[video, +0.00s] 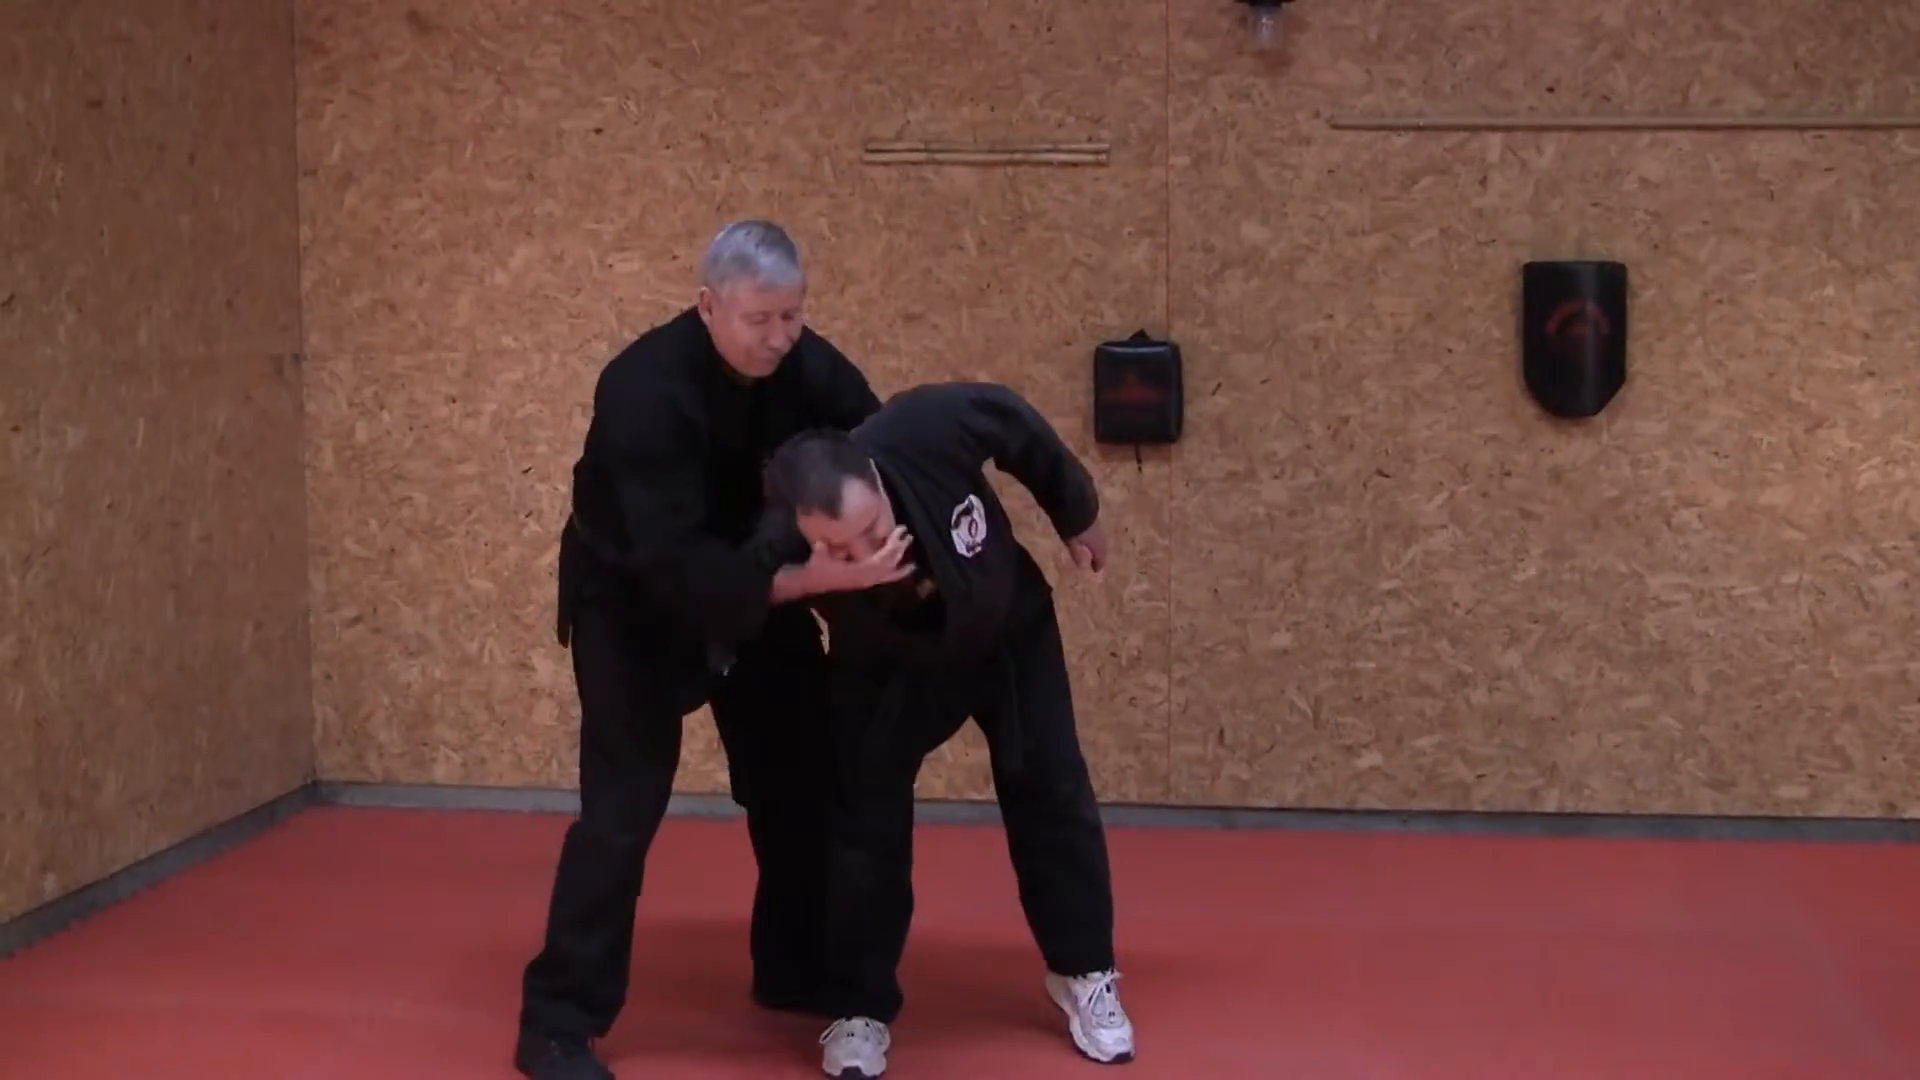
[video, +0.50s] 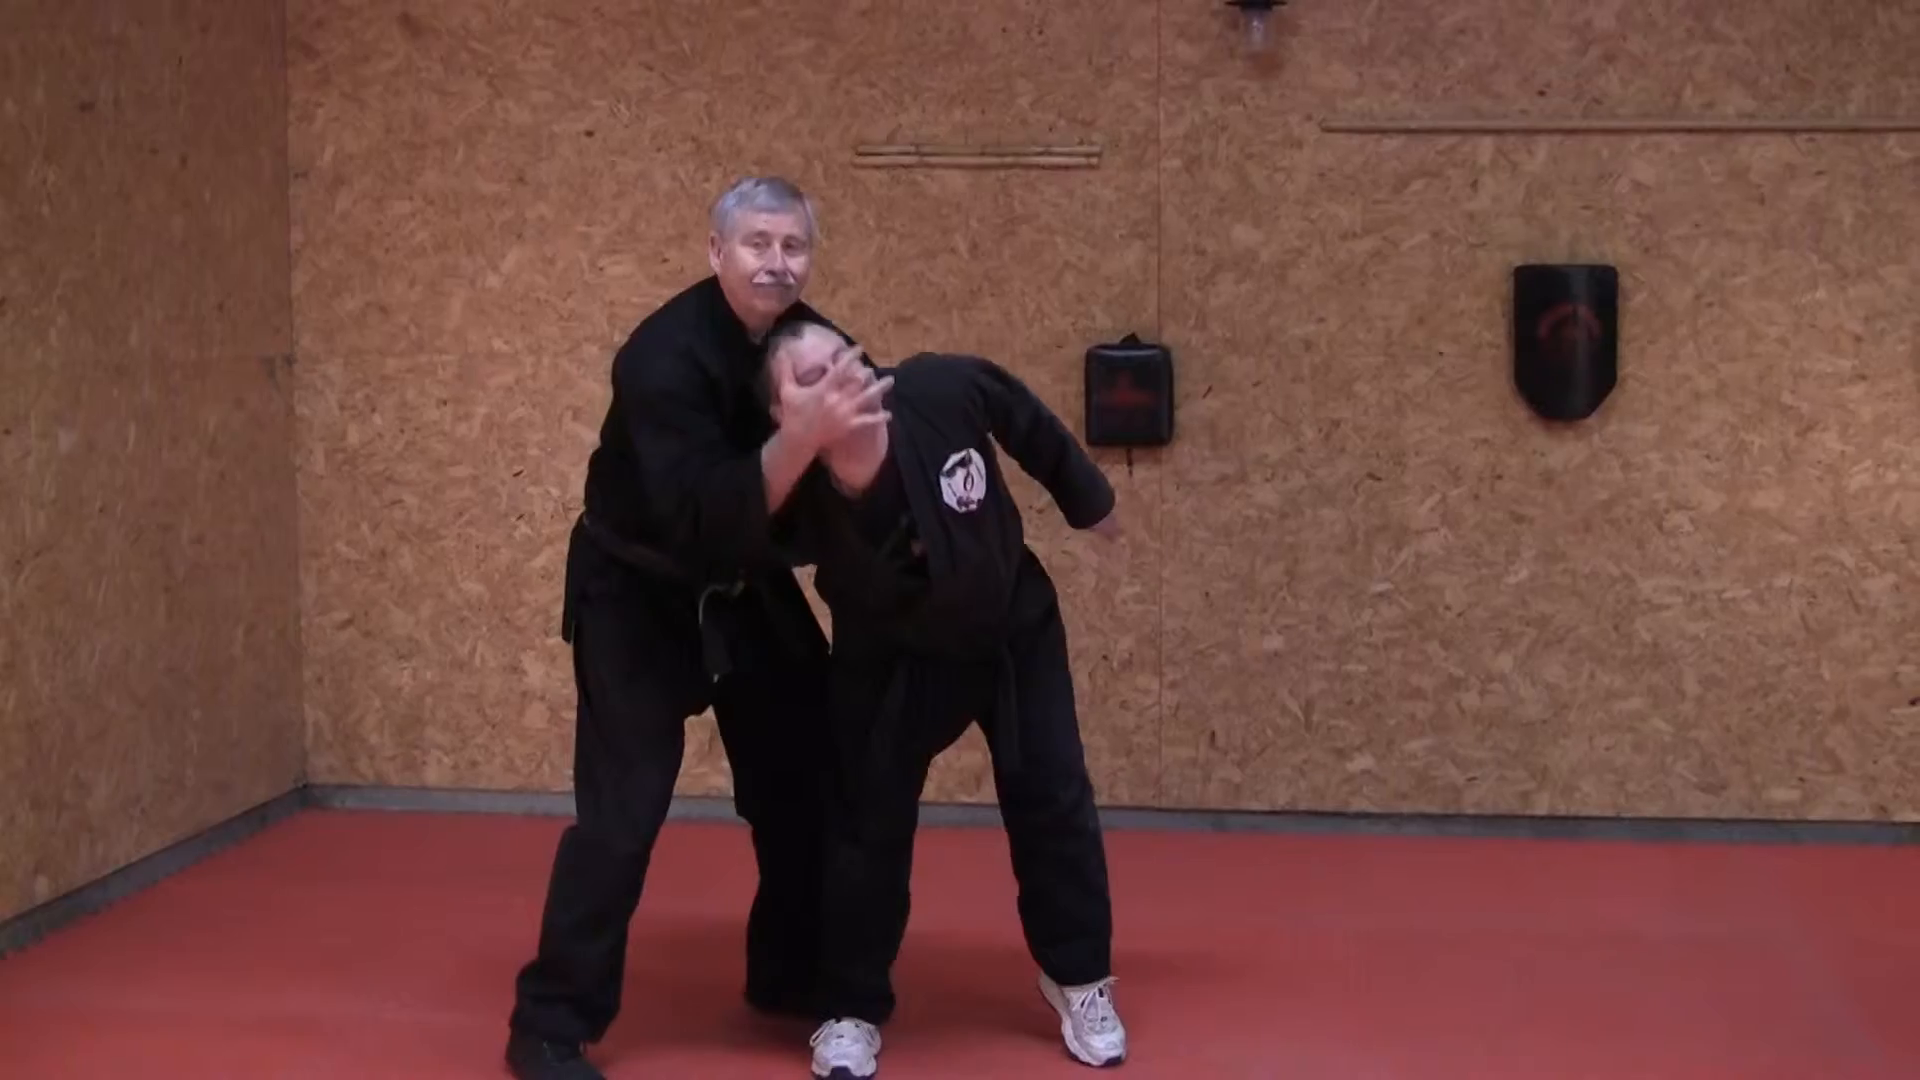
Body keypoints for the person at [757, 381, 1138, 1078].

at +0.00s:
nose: (866, 559)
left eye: (875, 534)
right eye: (837, 550)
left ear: (880, 484)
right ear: (801, 533)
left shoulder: (922, 434)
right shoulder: (781, 548)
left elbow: (1006, 416)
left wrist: (1075, 513)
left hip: (1001, 623)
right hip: (883, 655)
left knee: (1050, 789)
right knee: (866, 818)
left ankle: (1085, 972)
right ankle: (861, 1011)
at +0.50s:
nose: (839, 375)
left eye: (842, 357)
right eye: (811, 376)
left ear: (865, 363)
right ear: (785, 413)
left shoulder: (940, 388)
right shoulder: (796, 497)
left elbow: (1024, 420)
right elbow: (753, 543)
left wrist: (1085, 494)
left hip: (1006, 622)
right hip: (888, 652)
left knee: (1053, 799)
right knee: (868, 822)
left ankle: (1079, 977)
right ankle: (851, 1011)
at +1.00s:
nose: (824, 260)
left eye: (820, 247)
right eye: (795, 261)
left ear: (847, 265)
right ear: (778, 317)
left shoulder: (939, 331)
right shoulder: (789, 425)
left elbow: (1012, 391)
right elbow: (757, 511)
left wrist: (1045, 485)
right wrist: (781, 340)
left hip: (992, 616)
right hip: (876, 636)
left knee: (1045, 804)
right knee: (853, 826)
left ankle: (1070, 981)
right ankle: (838, 1011)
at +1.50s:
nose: (862, 245)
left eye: (854, 235)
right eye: (833, 245)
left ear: (873, 268)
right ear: (805, 301)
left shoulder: (938, 339)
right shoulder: (799, 410)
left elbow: (999, 423)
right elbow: (735, 505)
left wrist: (1034, 505)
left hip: (959, 626)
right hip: (843, 639)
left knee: (1018, 807)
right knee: (832, 826)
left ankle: (1050, 981)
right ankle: (820, 1007)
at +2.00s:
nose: (868, 255)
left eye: (862, 243)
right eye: (841, 252)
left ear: (882, 267)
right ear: (808, 306)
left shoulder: (935, 342)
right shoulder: (791, 416)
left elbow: (993, 426)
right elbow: (729, 511)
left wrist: (1023, 511)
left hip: (951, 629)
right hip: (834, 640)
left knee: (1010, 808)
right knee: (822, 829)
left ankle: (1041, 981)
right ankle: (810, 1012)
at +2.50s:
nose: (888, 268)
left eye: (882, 252)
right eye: (860, 262)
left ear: (895, 269)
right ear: (812, 303)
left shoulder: (940, 346)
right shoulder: (798, 414)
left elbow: (989, 431)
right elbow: (722, 501)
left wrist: (1014, 519)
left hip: (944, 629)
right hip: (829, 641)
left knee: (1005, 808)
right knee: (819, 830)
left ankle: (1038, 981)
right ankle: (810, 1013)